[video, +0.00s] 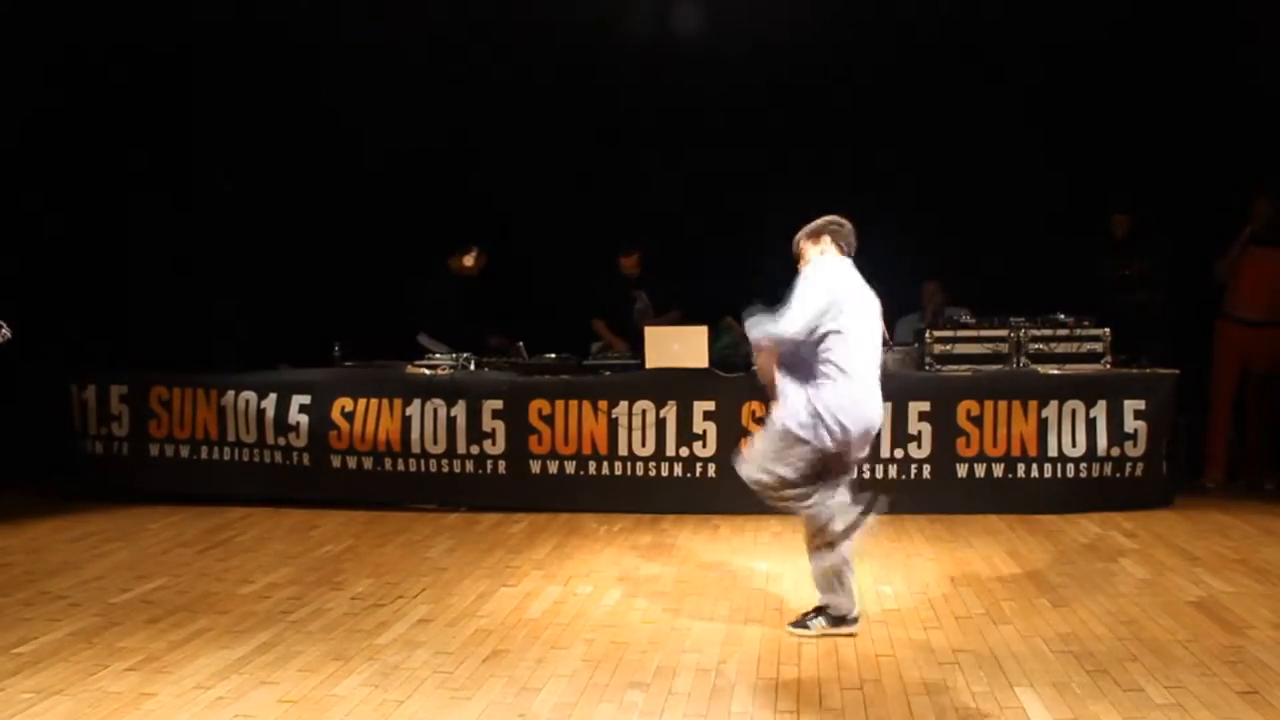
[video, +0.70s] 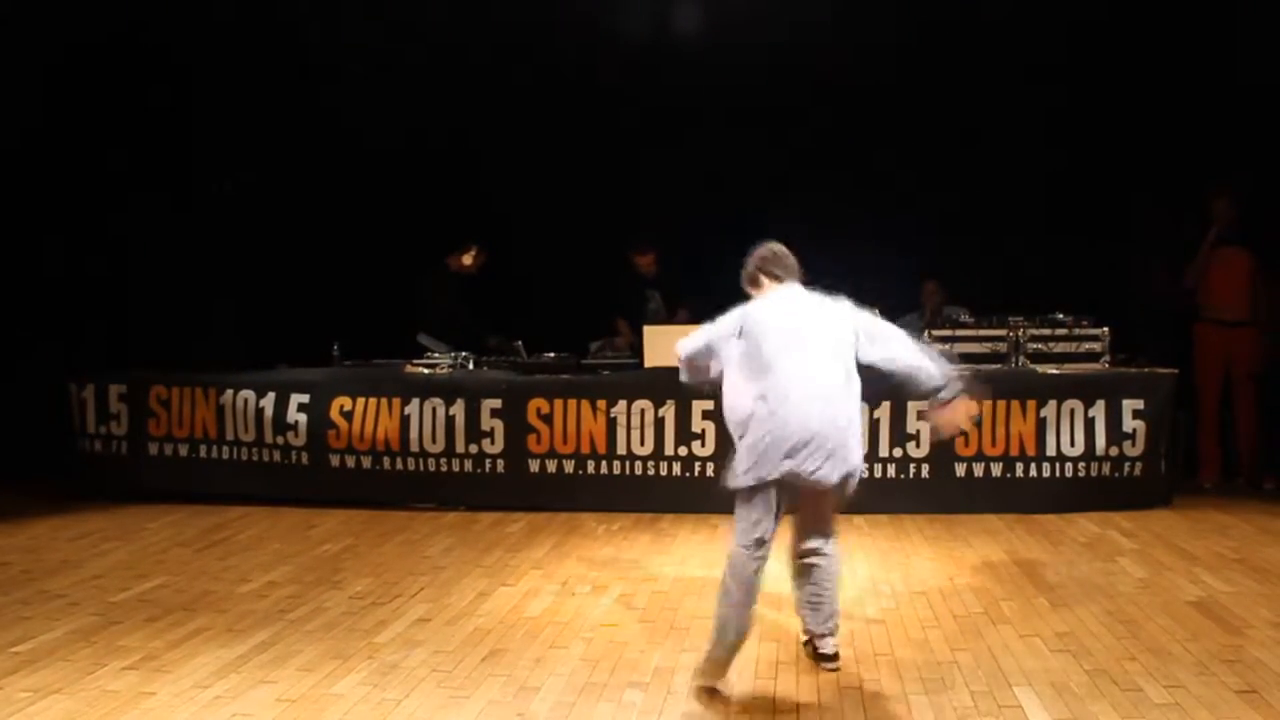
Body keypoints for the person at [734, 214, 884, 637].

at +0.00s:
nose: (800, 263)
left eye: (803, 254)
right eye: (799, 256)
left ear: (824, 244)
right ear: (839, 251)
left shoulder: (824, 270)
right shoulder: (864, 291)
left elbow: (791, 328)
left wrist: (754, 327)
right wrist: (777, 367)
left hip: (826, 407)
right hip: (863, 412)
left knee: (758, 469)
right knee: (826, 509)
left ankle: (839, 506)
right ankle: (839, 608)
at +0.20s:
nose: (801, 274)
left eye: (803, 267)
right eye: (804, 268)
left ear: (814, 261)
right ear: (848, 267)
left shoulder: (799, 285)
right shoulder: (875, 307)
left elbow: (761, 349)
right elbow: (849, 370)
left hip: (801, 411)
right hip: (854, 423)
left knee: (752, 478)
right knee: (822, 517)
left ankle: (740, 571)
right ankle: (842, 618)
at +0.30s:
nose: (796, 274)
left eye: (798, 267)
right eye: (800, 269)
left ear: (807, 264)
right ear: (845, 271)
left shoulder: (783, 292)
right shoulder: (868, 310)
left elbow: (765, 362)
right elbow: (876, 386)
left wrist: (769, 415)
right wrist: (872, 446)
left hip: (789, 419)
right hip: (845, 426)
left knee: (766, 496)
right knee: (834, 533)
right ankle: (844, 631)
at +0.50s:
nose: (782, 280)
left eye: (783, 274)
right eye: (785, 275)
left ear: (788, 272)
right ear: (829, 274)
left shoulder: (766, 296)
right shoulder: (858, 302)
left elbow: (724, 356)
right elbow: (904, 341)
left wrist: (770, 376)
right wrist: (949, 366)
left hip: (769, 410)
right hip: (832, 418)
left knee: (751, 510)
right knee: (815, 516)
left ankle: (752, 625)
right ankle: (840, 621)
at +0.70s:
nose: (750, 295)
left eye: (750, 289)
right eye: (751, 289)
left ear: (759, 281)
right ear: (797, 277)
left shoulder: (744, 315)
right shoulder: (839, 310)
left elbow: (689, 353)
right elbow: (900, 351)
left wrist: (717, 368)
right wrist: (947, 385)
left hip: (766, 440)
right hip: (832, 442)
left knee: (749, 547)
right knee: (817, 540)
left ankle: (718, 660)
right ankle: (824, 640)